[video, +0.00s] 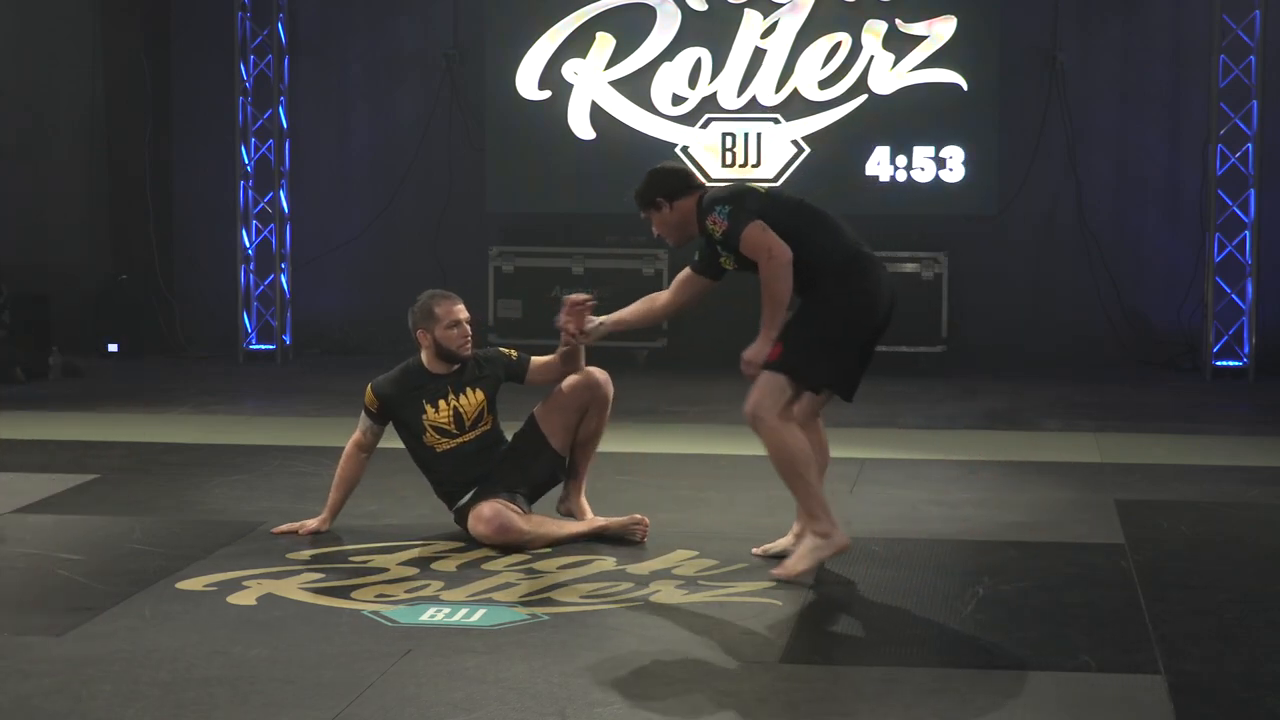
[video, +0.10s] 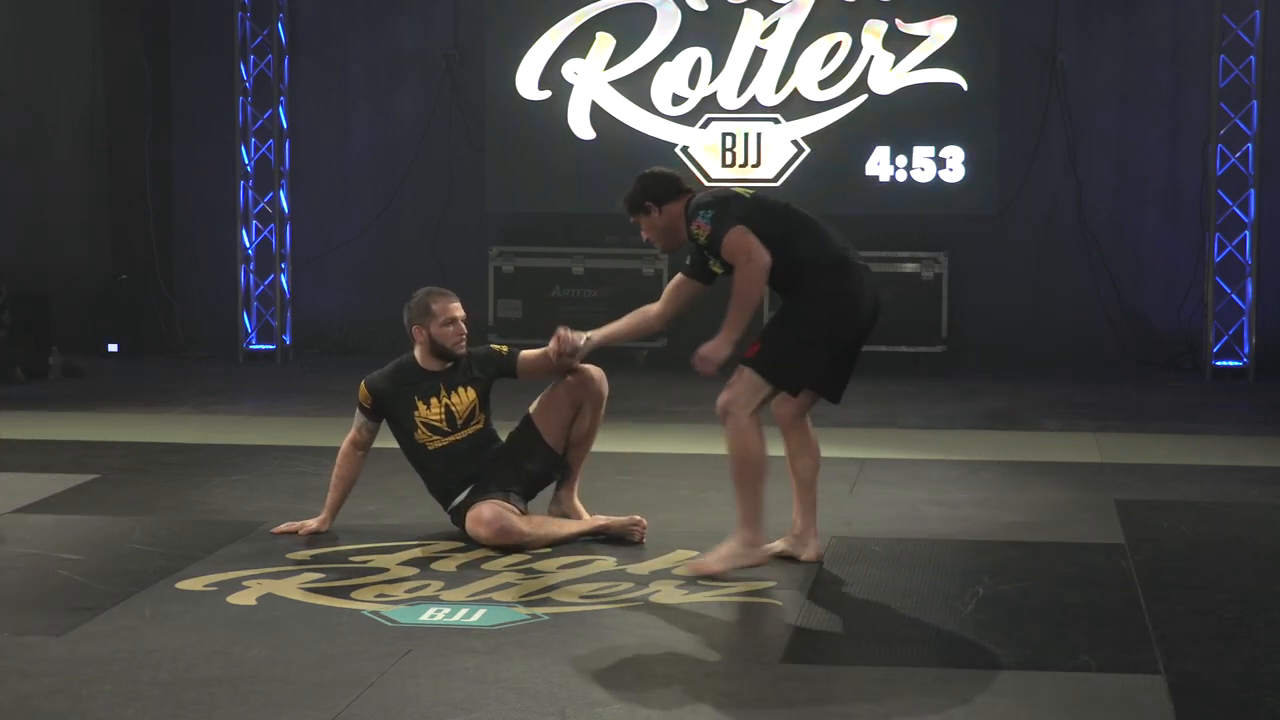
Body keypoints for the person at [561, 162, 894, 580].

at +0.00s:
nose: (653, 231)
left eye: (652, 219)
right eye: (649, 222)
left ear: (671, 204)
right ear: (675, 204)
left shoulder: (720, 209)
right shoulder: (717, 238)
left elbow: (776, 255)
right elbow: (668, 299)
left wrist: (766, 337)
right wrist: (600, 325)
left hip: (842, 295)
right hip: (859, 293)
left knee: (764, 409)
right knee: (803, 415)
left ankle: (824, 531)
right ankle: (806, 527)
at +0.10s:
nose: (643, 237)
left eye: (642, 224)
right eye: (639, 228)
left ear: (662, 208)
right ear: (665, 209)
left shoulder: (706, 212)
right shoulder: (708, 243)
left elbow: (755, 259)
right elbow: (659, 312)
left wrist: (726, 339)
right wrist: (592, 338)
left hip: (824, 298)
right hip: (851, 296)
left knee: (735, 405)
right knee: (791, 410)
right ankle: (804, 537)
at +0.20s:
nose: (631, 233)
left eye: (628, 221)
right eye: (626, 225)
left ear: (646, 207)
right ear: (655, 206)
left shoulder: (691, 215)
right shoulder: (697, 229)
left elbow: (713, 286)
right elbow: (665, 320)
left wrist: (665, 344)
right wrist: (601, 363)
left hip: (807, 300)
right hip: (834, 294)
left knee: (720, 414)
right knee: (776, 412)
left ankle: (696, 547)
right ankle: (801, 535)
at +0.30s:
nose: (616, 233)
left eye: (612, 221)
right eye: (610, 225)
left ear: (628, 207)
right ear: (652, 198)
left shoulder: (663, 223)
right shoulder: (696, 224)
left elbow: (652, 316)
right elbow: (660, 331)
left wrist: (595, 342)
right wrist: (601, 367)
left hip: (785, 301)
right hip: (822, 296)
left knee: (703, 414)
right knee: (766, 414)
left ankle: (693, 547)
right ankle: (797, 537)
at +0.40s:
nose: (597, 239)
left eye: (594, 227)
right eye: (592, 230)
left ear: (609, 213)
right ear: (631, 204)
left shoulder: (633, 232)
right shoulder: (679, 231)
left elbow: (596, 322)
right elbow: (648, 333)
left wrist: (546, 374)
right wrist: (592, 390)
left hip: (774, 297)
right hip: (811, 291)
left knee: (701, 414)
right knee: (758, 410)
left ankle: (692, 547)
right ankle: (793, 528)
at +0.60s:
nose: (568, 254)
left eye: (565, 243)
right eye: (563, 245)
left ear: (577, 229)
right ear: (602, 214)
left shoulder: (599, 253)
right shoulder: (651, 230)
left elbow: (583, 345)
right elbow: (653, 333)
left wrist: (567, 410)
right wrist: (605, 394)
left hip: (743, 300)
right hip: (783, 284)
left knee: (667, 419)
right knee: (740, 381)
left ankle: (690, 549)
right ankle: (776, 491)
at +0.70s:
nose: (557, 223)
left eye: (555, 212)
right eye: (553, 213)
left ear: (570, 201)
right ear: (592, 191)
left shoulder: (588, 228)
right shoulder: (642, 198)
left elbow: (601, 319)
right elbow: (681, 283)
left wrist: (595, 376)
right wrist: (638, 350)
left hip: (711, 300)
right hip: (755, 291)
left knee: (638, 423)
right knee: (721, 386)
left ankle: (688, 546)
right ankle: (734, 501)